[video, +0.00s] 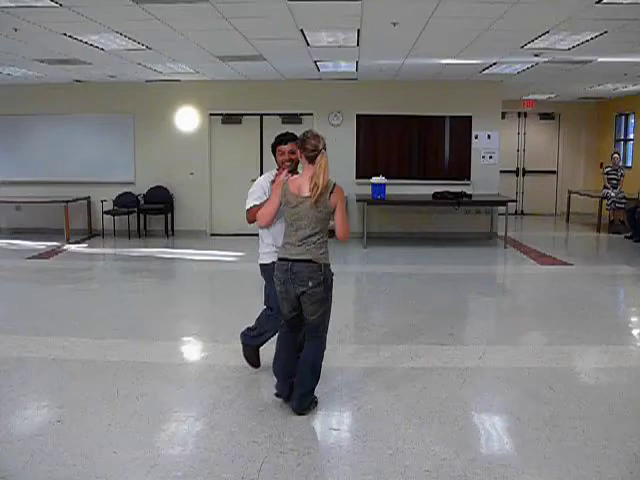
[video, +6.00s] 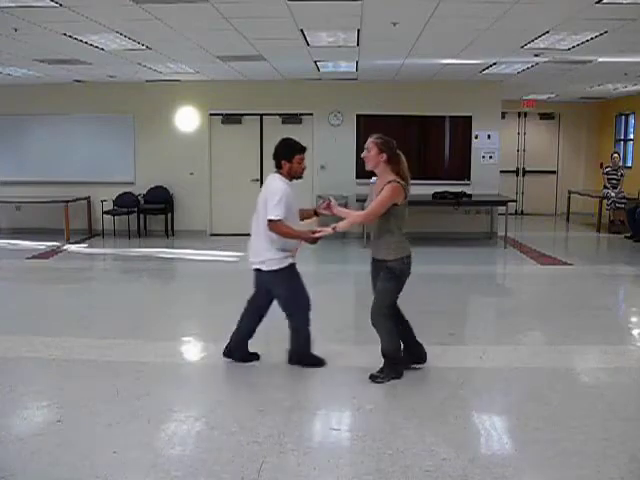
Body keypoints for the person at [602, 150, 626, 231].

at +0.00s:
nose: (615, 160)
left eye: (617, 158)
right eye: (614, 158)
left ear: (619, 160)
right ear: (611, 160)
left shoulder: (621, 171)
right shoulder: (607, 169)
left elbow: (621, 183)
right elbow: (605, 182)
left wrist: (617, 191)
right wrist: (611, 189)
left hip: (617, 188)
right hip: (608, 188)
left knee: (621, 197)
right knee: (612, 197)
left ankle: (620, 218)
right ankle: (612, 218)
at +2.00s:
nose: (615, 160)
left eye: (616, 158)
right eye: (613, 158)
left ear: (619, 160)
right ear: (611, 160)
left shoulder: (621, 170)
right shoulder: (607, 169)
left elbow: (621, 183)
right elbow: (605, 182)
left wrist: (617, 190)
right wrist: (611, 189)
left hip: (617, 188)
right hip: (608, 188)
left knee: (622, 196)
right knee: (611, 196)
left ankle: (621, 217)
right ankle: (611, 217)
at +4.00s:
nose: (615, 160)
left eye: (616, 158)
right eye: (613, 158)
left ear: (619, 160)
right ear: (611, 160)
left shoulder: (621, 171)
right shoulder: (607, 169)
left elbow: (621, 183)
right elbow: (605, 182)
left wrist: (617, 190)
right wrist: (611, 189)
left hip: (617, 188)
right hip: (608, 188)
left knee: (622, 196)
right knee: (612, 196)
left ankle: (621, 218)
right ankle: (612, 218)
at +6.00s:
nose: (615, 160)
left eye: (616, 158)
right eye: (613, 158)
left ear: (619, 160)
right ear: (611, 160)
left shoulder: (621, 170)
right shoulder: (606, 169)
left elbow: (621, 183)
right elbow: (605, 182)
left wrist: (617, 190)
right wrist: (611, 189)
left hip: (617, 188)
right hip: (608, 188)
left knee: (622, 196)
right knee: (611, 196)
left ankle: (621, 216)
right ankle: (611, 216)